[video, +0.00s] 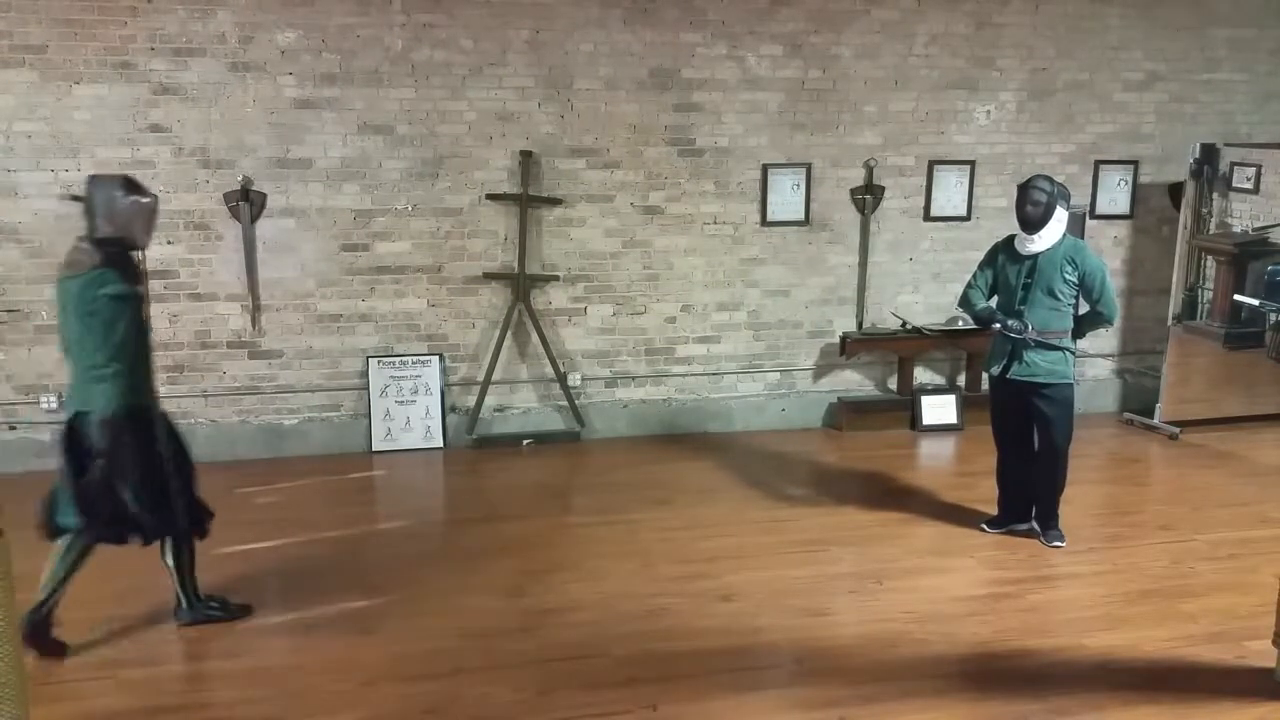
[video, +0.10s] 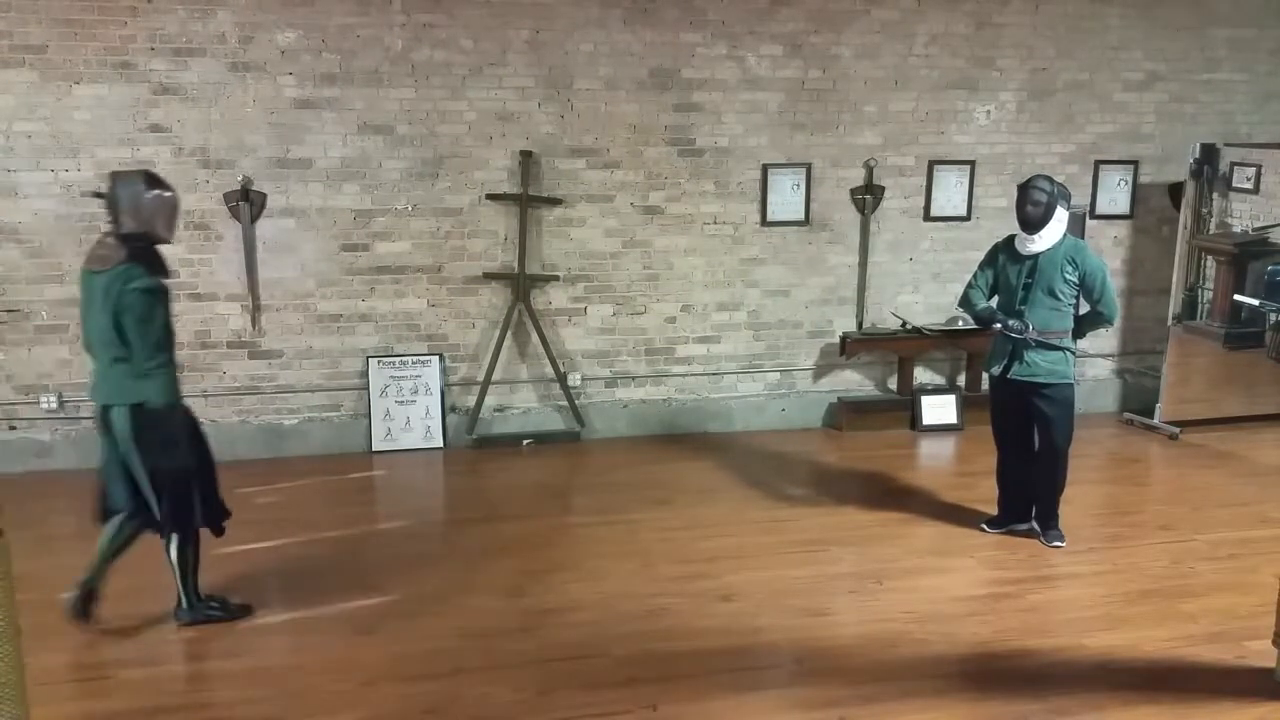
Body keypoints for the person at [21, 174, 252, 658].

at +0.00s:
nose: (147, 227)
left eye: (146, 218)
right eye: (141, 218)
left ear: (97, 224)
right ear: (121, 223)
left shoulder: (73, 278)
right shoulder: (116, 288)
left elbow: (72, 349)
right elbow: (114, 369)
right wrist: (112, 438)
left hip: (86, 418)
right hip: (130, 420)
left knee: (94, 516)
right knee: (173, 502)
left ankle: (40, 612)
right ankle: (191, 600)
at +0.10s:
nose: (172, 219)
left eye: (170, 210)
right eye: (166, 211)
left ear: (122, 215)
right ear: (147, 215)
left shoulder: (96, 267)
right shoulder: (141, 278)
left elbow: (93, 342)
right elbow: (153, 357)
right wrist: (174, 410)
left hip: (111, 404)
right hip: (148, 405)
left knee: (137, 506)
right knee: (180, 503)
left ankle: (88, 585)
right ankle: (191, 601)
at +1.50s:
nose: (292, 203)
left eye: (288, 195)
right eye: (286, 196)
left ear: (247, 204)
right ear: (275, 202)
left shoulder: (234, 250)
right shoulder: (278, 255)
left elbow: (203, 291)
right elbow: (319, 293)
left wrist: (235, 324)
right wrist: (373, 314)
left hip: (242, 376)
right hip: (278, 376)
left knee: (262, 469)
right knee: (320, 466)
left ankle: (267, 557)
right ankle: (294, 554)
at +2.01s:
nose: (289, 203)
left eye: (286, 196)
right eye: (284, 197)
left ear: (244, 209)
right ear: (276, 203)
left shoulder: (233, 257)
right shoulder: (285, 249)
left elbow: (196, 287)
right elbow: (340, 258)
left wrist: (224, 316)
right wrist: (410, 259)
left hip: (247, 379)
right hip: (285, 376)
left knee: (261, 470)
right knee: (325, 466)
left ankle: (269, 558)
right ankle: (298, 553)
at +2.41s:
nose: (292, 205)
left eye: (287, 198)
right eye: (287, 199)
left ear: (251, 208)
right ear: (279, 205)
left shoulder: (244, 252)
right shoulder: (282, 252)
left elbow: (212, 289)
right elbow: (336, 294)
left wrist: (242, 319)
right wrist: (390, 279)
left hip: (252, 375)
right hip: (286, 375)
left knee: (264, 469)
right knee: (326, 467)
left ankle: (270, 558)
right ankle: (300, 551)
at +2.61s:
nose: (237, 212)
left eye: (243, 205)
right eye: (239, 205)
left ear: (260, 211)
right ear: (283, 209)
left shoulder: (254, 255)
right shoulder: (284, 258)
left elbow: (223, 288)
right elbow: (325, 318)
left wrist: (255, 323)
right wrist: (344, 276)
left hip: (255, 376)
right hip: (288, 377)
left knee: (265, 468)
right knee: (329, 467)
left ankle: (270, 556)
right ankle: (301, 552)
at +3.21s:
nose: (308, 207)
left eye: (304, 199)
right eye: (301, 200)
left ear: (264, 212)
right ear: (290, 208)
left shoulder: (260, 263)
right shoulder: (290, 266)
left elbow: (272, 331)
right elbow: (306, 338)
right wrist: (363, 328)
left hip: (263, 378)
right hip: (295, 379)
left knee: (274, 469)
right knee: (335, 470)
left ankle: (272, 557)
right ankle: (339, 562)